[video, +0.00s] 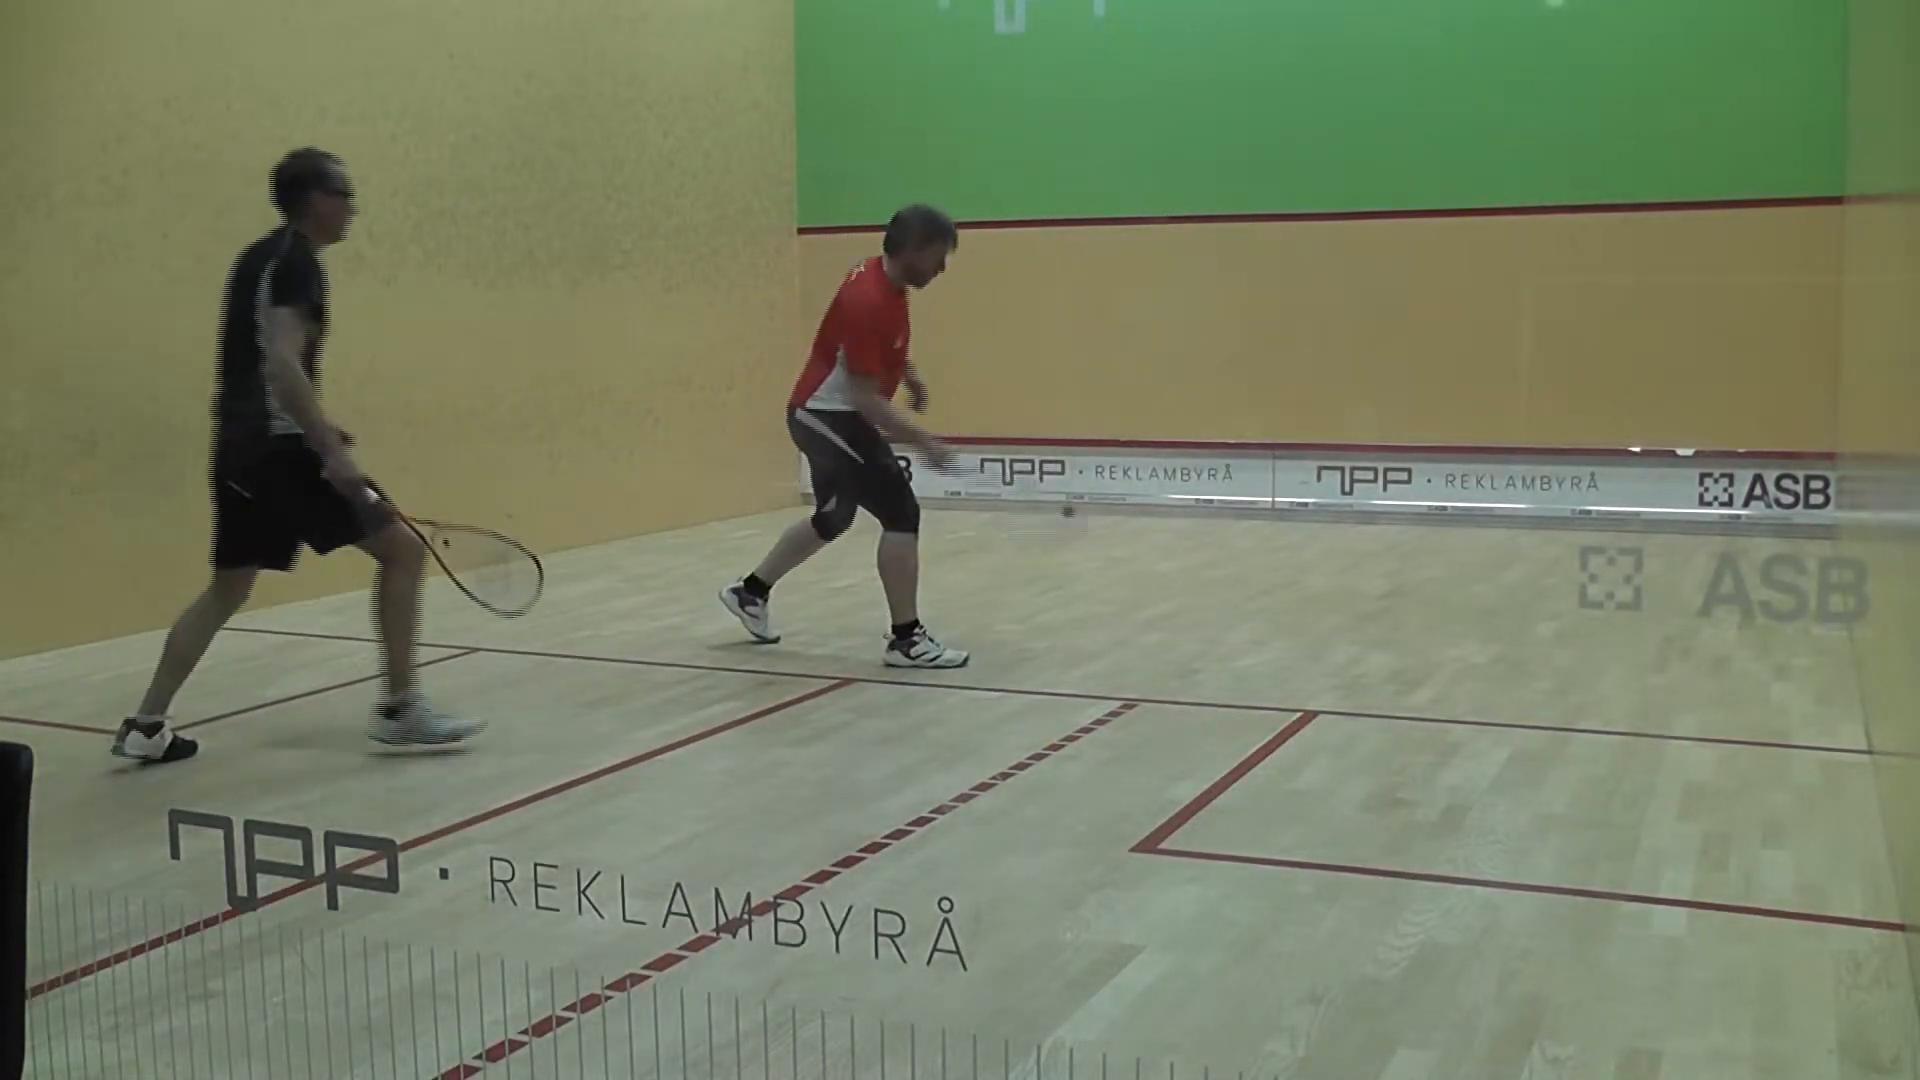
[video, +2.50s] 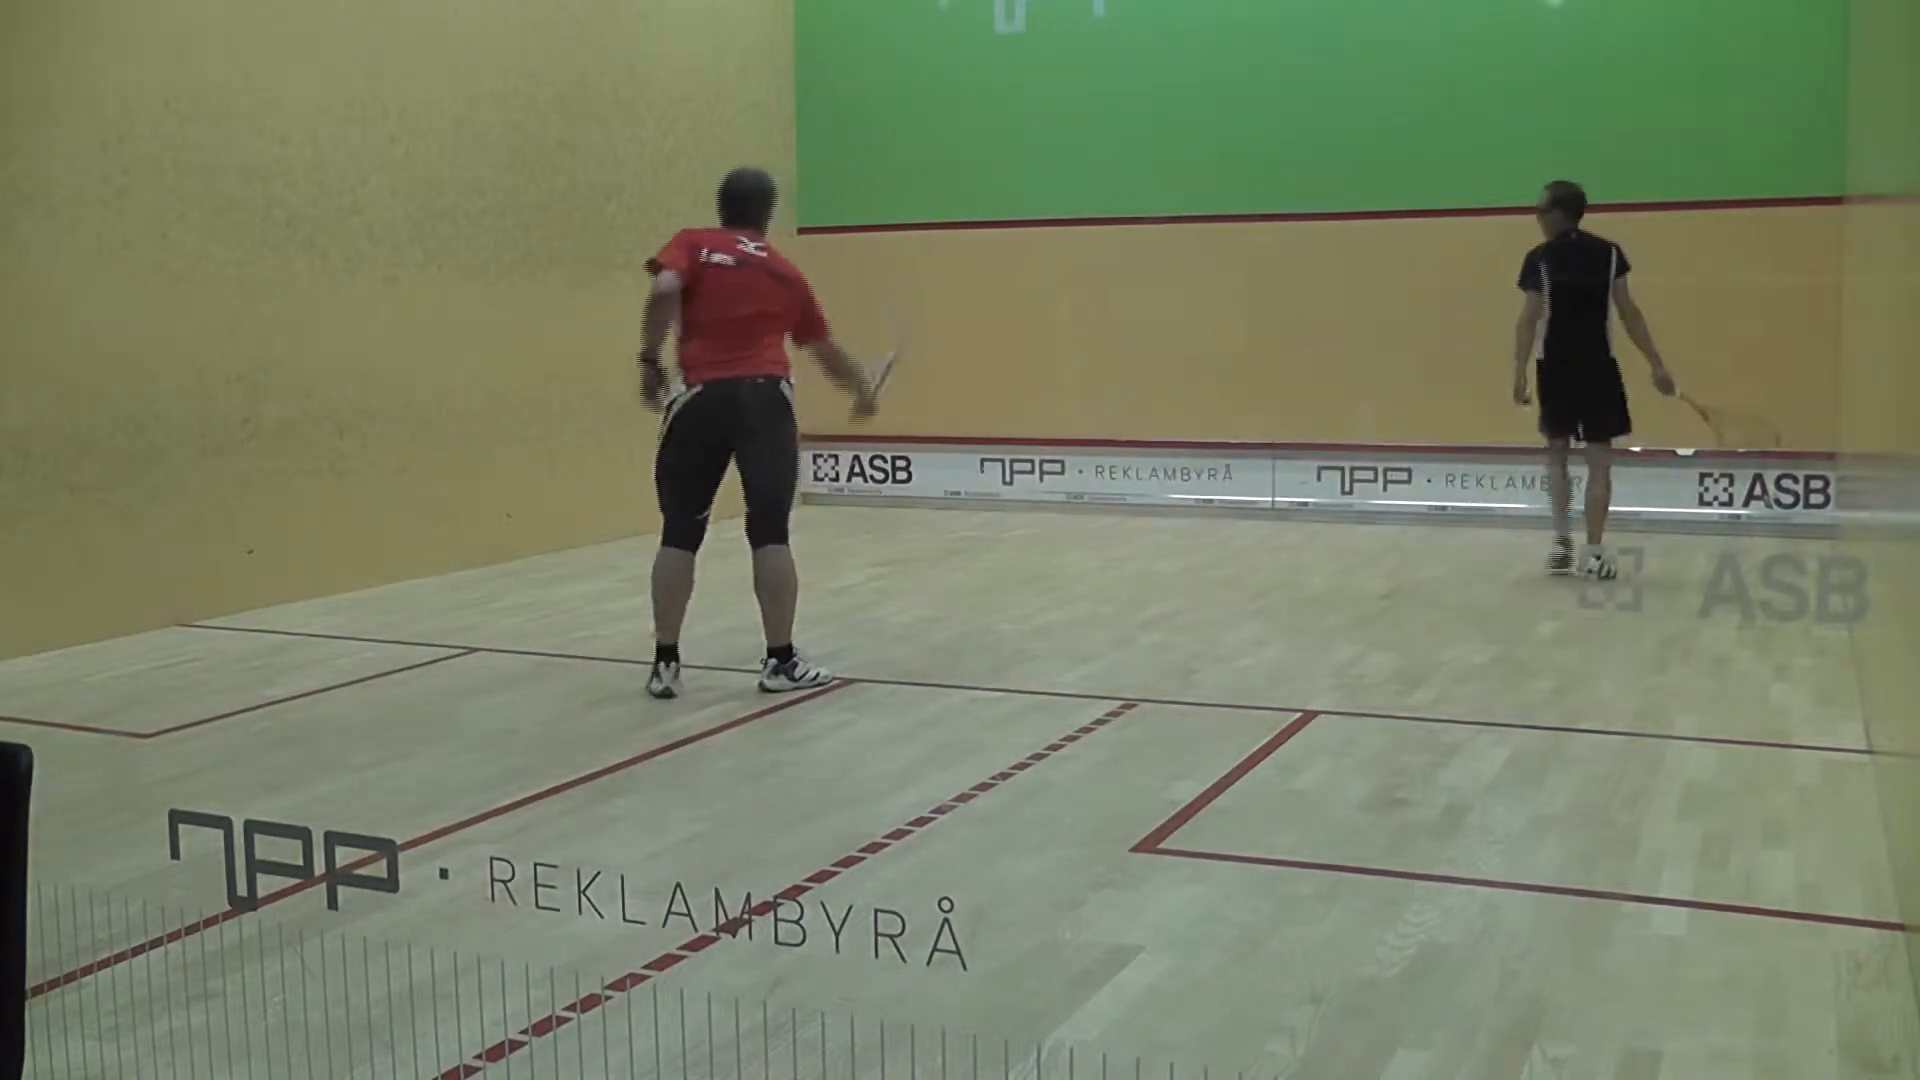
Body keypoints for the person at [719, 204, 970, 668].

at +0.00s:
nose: (942, 268)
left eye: (945, 259)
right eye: (938, 258)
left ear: (905, 251)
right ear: (909, 251)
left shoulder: (883, 280)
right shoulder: (868, 301)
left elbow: (879, 341)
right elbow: (864, 398)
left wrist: (907, 375)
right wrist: (921, 439)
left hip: (831, 411)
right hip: (829, 417)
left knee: (834, 515)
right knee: (901, 513)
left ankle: (751, 591)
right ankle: (906, 636)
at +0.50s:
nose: (843, 219)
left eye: (842, 209)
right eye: (840, 210)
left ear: (793, 211)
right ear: (824, 213)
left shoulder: (753, 261)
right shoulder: (831, 270)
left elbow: (727, 335)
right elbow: (856, 356)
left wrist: (726, 398)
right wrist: (905, 400)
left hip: (747, 400)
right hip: (804, 401)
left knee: (760, 506)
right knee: (846, 508)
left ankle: (737, 622)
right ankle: (868, 627)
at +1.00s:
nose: (812, 215)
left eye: (812, 205)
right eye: (809, 205)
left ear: (762, 205)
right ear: (791, 206)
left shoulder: (725, 257)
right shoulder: (801, 260)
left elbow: (715, 338)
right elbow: (826, 346)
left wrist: (741, 382)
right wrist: (849, 408)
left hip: (733, 400)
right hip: (786, 398)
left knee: (742, 506)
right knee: (821, 504)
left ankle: (735, 623)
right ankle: (817, 626)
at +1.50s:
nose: (850, 221)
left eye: (850, 211)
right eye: (847, 211)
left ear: (798, 208)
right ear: (825, 209)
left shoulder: (755, 260)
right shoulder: (836, 266)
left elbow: (726, 338)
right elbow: (865, 353)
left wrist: (719, 402)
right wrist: (884, 412)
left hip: (755, 406)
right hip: (813, 406)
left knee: (754, 512)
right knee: (848, 517)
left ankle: (738, 625)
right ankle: (841, 643)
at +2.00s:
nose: (826, 218)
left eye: (825, 208)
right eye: (824, 208)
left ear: (771, 212)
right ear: (813, 211)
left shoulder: (743, 259)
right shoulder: (812, 265)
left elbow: (715, 337)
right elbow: (836, 348)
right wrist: (862, 413)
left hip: (719, 410)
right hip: (775, 410)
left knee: (727, 523)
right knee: (834, 516)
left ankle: (692, 646)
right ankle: (842, 644)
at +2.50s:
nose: (769, 216)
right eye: (771, 209)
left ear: (721, 209)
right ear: (769, 214)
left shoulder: (691, 243)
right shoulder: (783, 273)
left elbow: (664, 289)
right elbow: (825, 350)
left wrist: (650, 359)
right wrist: (862, 386)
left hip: (699, 403)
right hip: (766, 403)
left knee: (679, 533)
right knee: (770, 533)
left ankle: (665, 664)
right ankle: (781, 660)